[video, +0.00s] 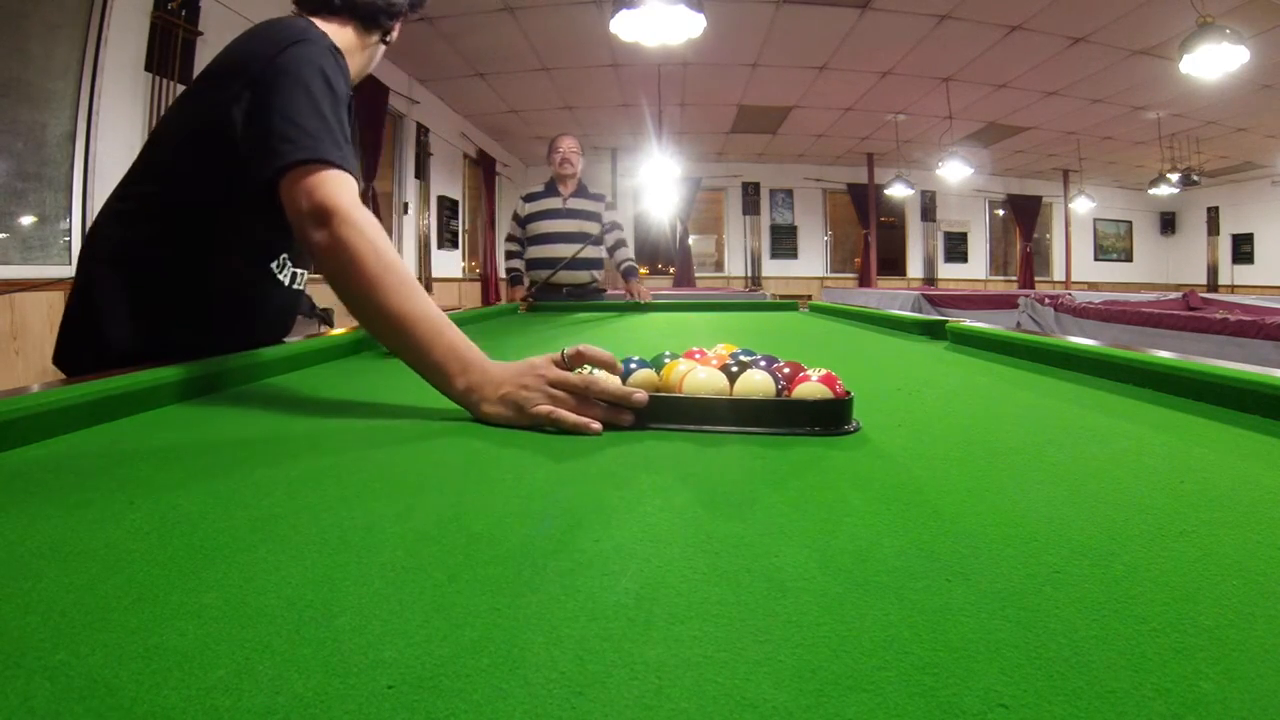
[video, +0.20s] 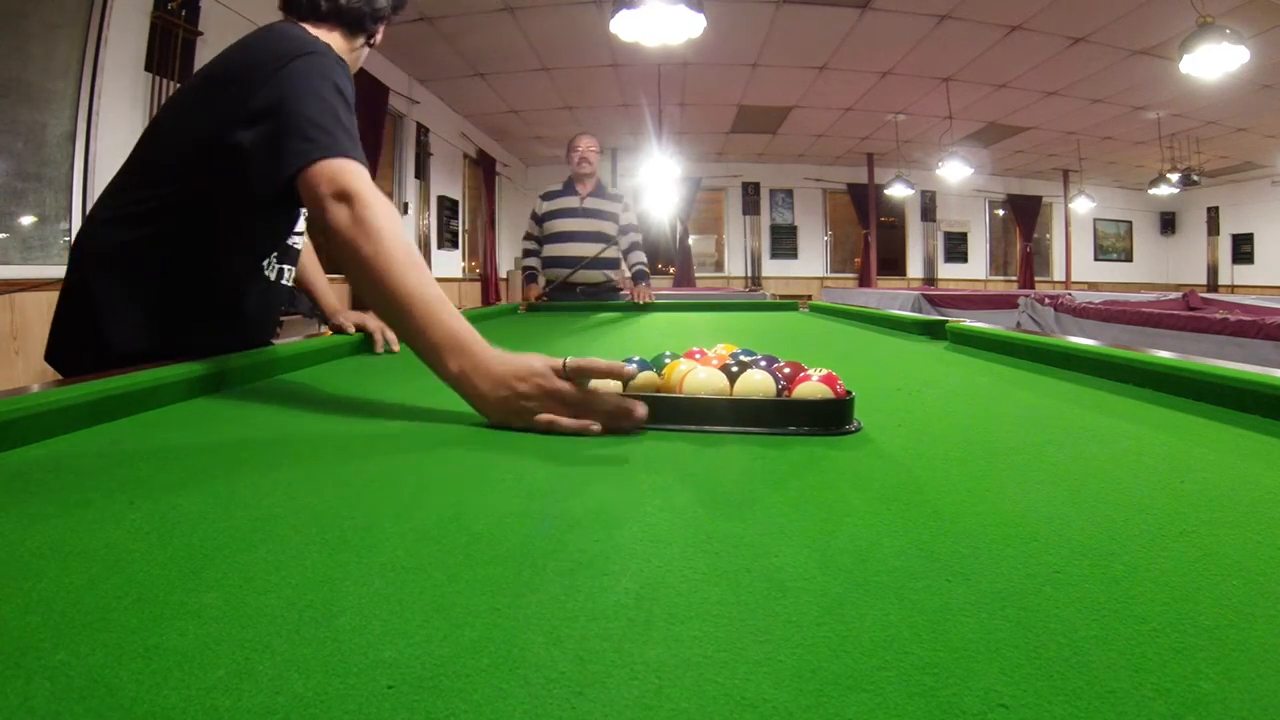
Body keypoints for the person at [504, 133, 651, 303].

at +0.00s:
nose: (565, 155)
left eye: (572, 151)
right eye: (558, 151)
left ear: (582, 162)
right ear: (549, 162)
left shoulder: (601, 202)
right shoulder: (529, 201)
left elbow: (616, 242)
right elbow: (514, 244)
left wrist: (632, 279)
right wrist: (516, 284)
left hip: (589, 297)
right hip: (544, 298)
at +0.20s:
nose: (583, 155)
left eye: (590, 150)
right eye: (577, 150)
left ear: (600, 158)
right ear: (568, 159)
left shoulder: (618, 203)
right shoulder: (546, 200)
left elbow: (632, 244)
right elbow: (531, 243)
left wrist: (641, 282)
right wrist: (531, 282)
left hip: (605, 299)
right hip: (558, 299)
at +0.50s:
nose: (609, 154)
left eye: (617, 150)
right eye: (602, 149)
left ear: (625, 157)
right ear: (593, 157)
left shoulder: (638, 203)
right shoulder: (569, 198)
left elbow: (649, 246)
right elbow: (551, 242)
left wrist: (649, 285)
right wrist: (549, 284)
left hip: (619, 300)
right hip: (574, 298)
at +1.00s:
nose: (588, 157)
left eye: (596, 151)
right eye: (586, 152)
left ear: (616, 158)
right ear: (583, 155)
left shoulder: (634, 200)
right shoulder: (565, 197)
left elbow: (644, 243)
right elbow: (546, 241)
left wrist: (648, 286)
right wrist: (546, 284)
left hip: (615, 298)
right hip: (570, 297)